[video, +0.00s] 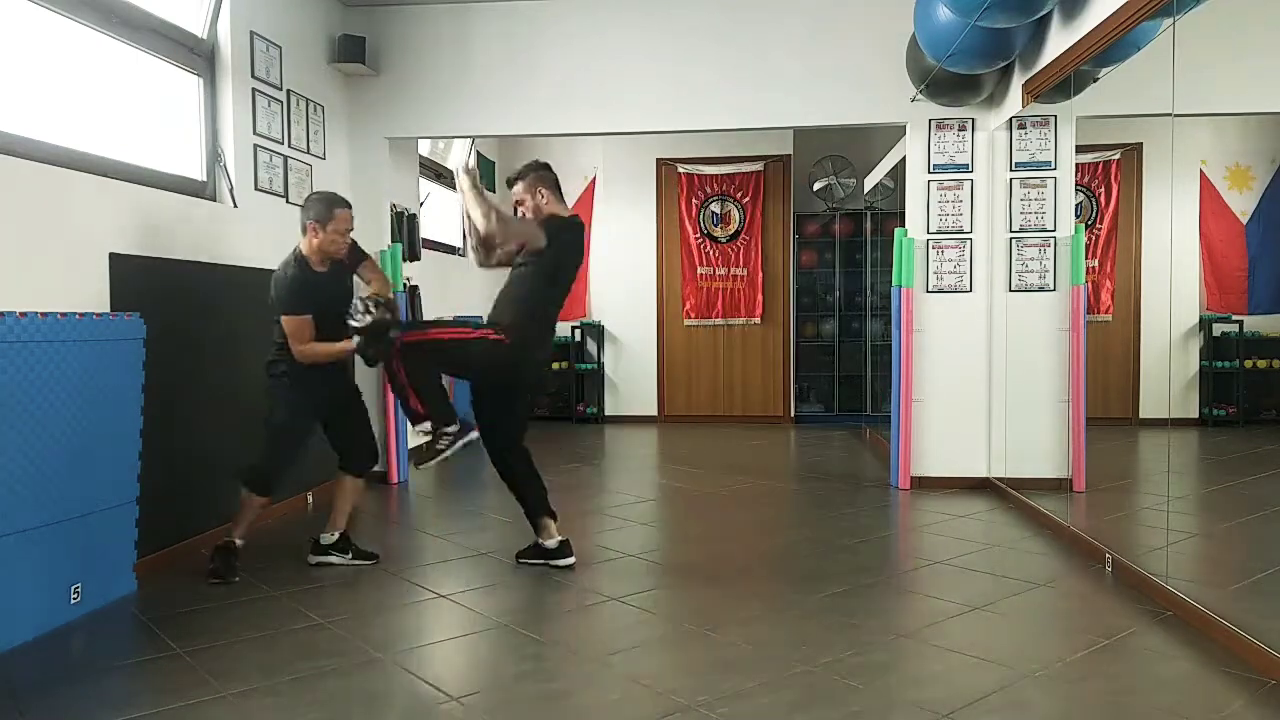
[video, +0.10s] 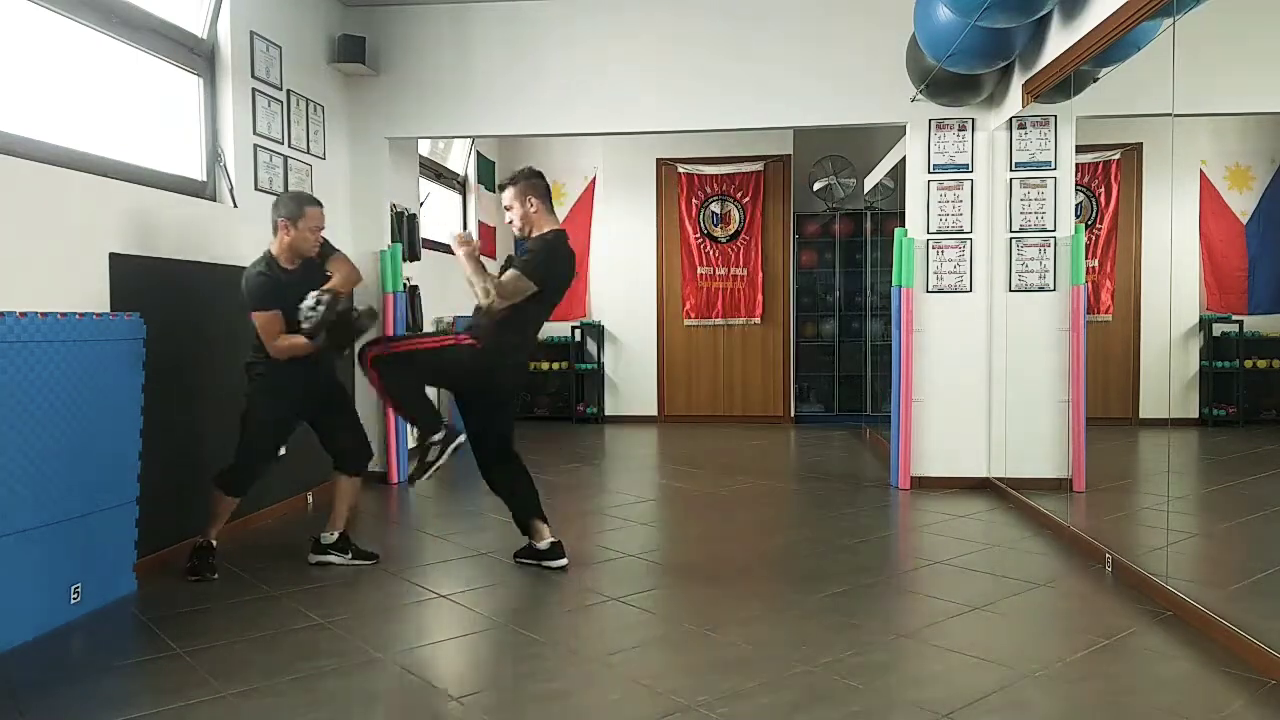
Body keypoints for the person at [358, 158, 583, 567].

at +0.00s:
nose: (520, 214)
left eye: (522, 204)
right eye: (517, 207)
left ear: (543, 194)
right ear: (544, 199)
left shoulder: (565, 227)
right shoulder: (546, 239)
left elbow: (496, 227)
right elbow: (486, 256)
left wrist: (465, 178)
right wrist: (467, 196)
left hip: (506, 346)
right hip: (514, 352)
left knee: (404, 347)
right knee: (504, 447)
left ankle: (446, 427)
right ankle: (551, 540)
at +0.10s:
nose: (507, 220)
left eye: (510, 210)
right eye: (505, 213)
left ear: (534, 204)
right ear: (536, 207)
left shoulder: (550, 249)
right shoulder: (536, 248)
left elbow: (493, 297)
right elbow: (495, 295)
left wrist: (466, 257)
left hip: (484, 356)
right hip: (499, 363)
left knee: (377, 354)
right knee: (496, 456)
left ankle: (433, 432)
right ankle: (544, 542)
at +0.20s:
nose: (486, 225)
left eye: (487, 215)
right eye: (484, 217)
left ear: (509, 208)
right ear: (518, 211)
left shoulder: (520, 252)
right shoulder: (544, 255)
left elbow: (455, 291)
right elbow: (493, 297)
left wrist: (441, 251)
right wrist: (463, 264)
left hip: (469, 368)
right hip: (497, 373)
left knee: (368, 408)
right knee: (491, 459)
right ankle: (540, 541)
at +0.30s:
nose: (449, 223)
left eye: (453, 214)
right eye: (448, 215)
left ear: (474, 212)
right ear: (486, 214)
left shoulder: (473, 254)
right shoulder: (524, 260)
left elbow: (397, 272)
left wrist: (398, 227)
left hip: (447, 380)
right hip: (489, 381)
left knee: (366, 449)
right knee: (486, 464)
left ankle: (349, 554)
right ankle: (538, 543)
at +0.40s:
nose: (400, 220)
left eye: (403, 211)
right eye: (399, 212)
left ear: (421, 211)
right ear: (443, 211)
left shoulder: (429, 259)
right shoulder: (476, 250)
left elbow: (347, 273)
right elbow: (439, 277)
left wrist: (355, 216)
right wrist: (410, 249)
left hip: (429, 384)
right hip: (468, 383)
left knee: (357, 462)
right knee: (476, 469)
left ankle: (334, 568)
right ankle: (538, 545)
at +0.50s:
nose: (348, 217)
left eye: (351, 209)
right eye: (348, 209)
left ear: (367, 213)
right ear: (390, 208)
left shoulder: (400, 263)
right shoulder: (408, 253)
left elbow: (338, 302)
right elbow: (358, 292)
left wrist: (338, 240)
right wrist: (339, 242)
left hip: (412, 384)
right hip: (446, 378)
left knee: (346, 467)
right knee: (467, 467)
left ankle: (313, 569)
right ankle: (534, 545)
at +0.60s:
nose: (307, 224)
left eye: (310, 216)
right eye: (307, 216)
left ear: (332, 219)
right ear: (344, 215)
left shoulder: (384, 261)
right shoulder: (349, 249)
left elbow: (345, 317)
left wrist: (323, 258)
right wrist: (291, 268)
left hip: (401, 378)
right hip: (429, 374)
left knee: (336, 467)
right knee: (453, 467)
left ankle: (312, 569)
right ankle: (520, 544)